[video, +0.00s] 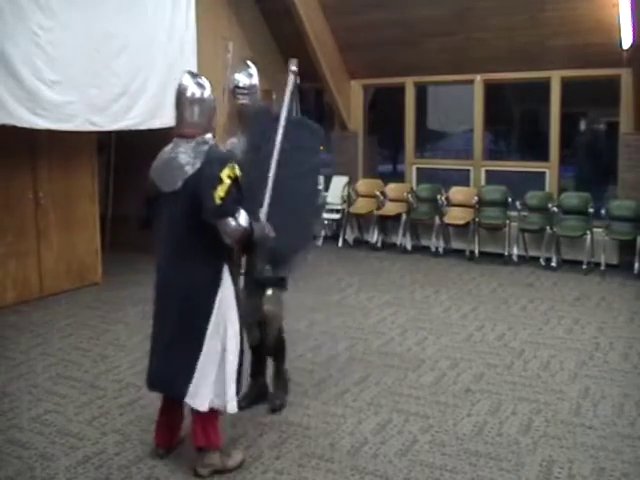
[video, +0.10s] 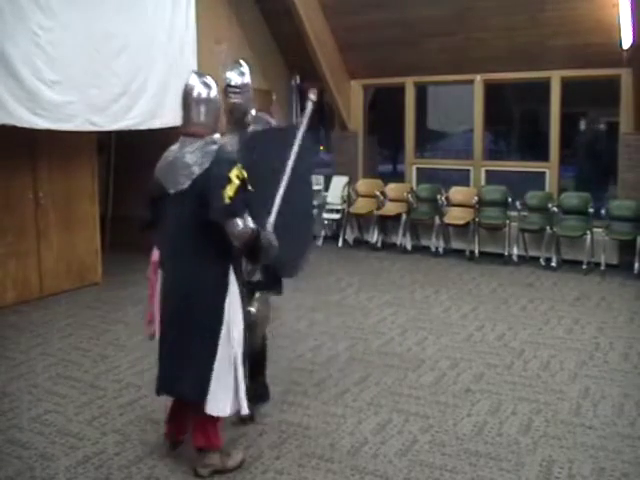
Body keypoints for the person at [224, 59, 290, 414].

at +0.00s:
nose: (239, 101)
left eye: (245, 93)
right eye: (235, 93)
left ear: (260, 96)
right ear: (229, 98)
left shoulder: (287, 139)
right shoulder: (237, 141)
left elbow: (303, 199)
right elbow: (231, 191)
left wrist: (280, 237)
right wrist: (234, 225)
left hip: (281, 236)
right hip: (250, 237)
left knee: (268, 308)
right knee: (249, 310)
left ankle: (278, 376)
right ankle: (257, 380)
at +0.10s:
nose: (234, 99)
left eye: (241, 92)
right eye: (229, 91)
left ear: (253, 97)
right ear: (218, 96)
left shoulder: (268, 139)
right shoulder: (208, 141)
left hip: (258, 239)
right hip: (213, 241)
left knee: (253, 315)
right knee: (218, 318)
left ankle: (254, 388)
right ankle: (221, 390)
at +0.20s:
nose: (239, 109)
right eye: (234, 103)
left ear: (192, 111)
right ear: (227, 112)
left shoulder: (173, 160)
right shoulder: (228, 162)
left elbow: (159, 221)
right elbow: (245, 228)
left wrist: (172, 257)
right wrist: (267, 253)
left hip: (181, 273)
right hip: (217, 277)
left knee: (198, 349)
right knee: (215, 355)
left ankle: (201, 428)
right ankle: (210, 449)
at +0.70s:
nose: (245, 119)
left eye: (237, 115)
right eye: (248, 114)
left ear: (222, 119)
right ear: (256, 117)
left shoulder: (209, 163)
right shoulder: (273, 160)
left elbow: (193, 218)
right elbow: (290, 219)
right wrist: (302, 265)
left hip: (224, 267)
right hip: (263, 267)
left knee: (233, 346)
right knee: (255, 345)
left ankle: (249, 432)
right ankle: (224, 429)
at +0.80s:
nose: (254, 118)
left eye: (245, 113)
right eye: (258, 112)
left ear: (231, 117)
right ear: (265, 116)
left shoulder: (214, 162)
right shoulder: (284, 159)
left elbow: (201, 226)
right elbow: (306, 219)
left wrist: (201, 272)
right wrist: (311, 267)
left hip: (231, 266)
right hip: (273, 266)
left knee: (238, 342)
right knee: (276, 343)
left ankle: (239, 419)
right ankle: (256, 414)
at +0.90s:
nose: (266, 117)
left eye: (257, 111)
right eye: (271, 111)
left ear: (243, 114)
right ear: (277, 114)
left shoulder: (226, 163)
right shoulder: (295, 159)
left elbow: (212, 231)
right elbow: (315, 222)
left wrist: (209, 272)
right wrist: (321, 266)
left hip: (242, 266)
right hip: (283, 264)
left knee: (245, 344)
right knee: (289, 335)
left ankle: (250, 434)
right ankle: (286, 409)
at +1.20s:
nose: (278, 116)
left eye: (281, 110)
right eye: (281, 109)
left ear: (289, 115)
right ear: (318, 115)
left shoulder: (285, 161)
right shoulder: (338, 161)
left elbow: (262, 225)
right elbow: (350, 218)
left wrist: (247, 274)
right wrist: (345, 264)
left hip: (290, 266)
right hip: (327, 265)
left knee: (270, 345)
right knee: (335, 340)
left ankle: (258, 433)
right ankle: (343, 418)